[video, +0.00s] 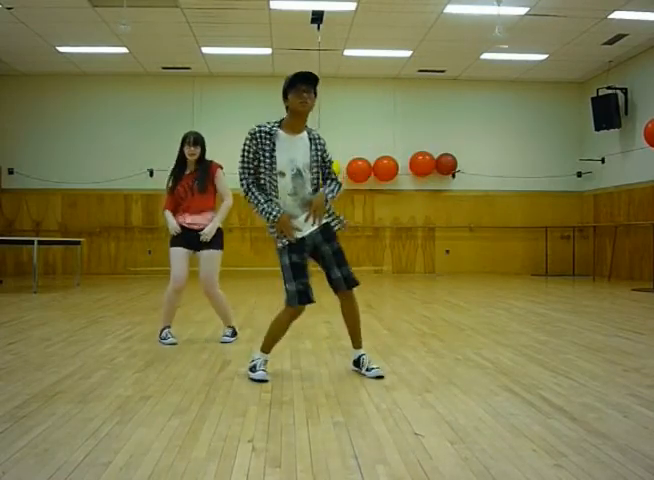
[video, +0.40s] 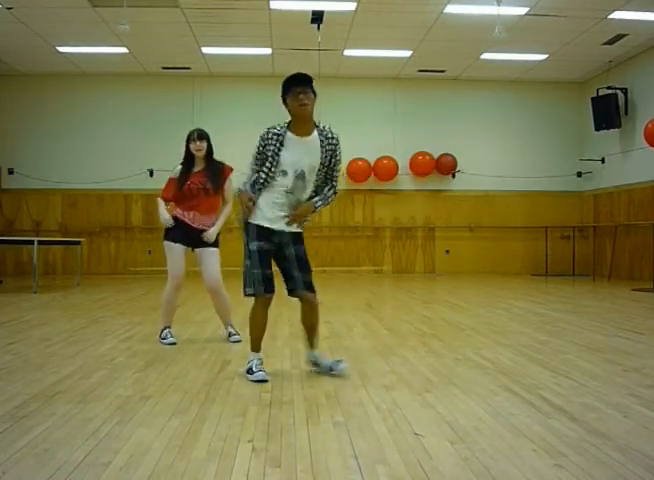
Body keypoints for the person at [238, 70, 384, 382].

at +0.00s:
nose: (307, 97)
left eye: (311, 93)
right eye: (301, 92)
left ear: (315, 100)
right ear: (286, 97)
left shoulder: (315, 141)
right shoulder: (260, 137)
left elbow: (332, 180)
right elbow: (248, 184)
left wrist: (323, 197)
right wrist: (276, 216)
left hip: (319, 226)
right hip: (287, 232)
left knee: (345, 288)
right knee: (297, 302)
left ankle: (359, 355)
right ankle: (260, 357)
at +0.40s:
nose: (302, 98)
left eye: (307, 93)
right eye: (296, 94)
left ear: (315, 98)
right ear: (285, 102)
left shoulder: (328, 140)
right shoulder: (272, 137)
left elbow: (330, 186)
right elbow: (256, 176)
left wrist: (311, 206)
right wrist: (247, 193)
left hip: (291, 229)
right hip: (259, 224)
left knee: (309, 296)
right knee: (263, 295)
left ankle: (313, 354)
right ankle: (255, 359)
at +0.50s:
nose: (301, 97)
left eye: (304, 92)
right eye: (294, 94)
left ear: (312, 97)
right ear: (283, 101)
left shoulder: (328, 134)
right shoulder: (275, 139)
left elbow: (337, 178)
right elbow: (267, 184)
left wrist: (327, 205)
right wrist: (243, 188)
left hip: (302, 225)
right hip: (269, 223)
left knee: (318, 293)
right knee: (268, 296)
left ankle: (289, 343)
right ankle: (255, 358)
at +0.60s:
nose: (300, 101)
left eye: (304, 95)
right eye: (293, 97)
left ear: (313, 99)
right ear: (284, 105)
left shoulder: (332, 135)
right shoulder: (279, 147)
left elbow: (356, 168)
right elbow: (270, 191)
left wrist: (361, 193)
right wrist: (229, 200)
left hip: (318, 228)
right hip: (284, 226)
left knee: (341, 292)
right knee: (273, 297)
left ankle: (312, 339)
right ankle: (255, 359)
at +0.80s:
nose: (333, 98)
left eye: (337, 93)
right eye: (326, 94)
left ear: (343, 97)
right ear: (315, 100)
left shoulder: (361, 122)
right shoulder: (310, 145)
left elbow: (405, 115)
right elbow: (317, 192)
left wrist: (449, 110)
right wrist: (352, 184)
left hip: (362, 224)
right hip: (326, 227)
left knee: (389, 291)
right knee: (298, 292)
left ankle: (425, 351)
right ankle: (263, 355)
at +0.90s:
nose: (355, 95)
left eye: (359, 90)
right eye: (348, 91)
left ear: (364, 92)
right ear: (336, 98)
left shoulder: (383, 117)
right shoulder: (334, 138)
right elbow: (359, 173)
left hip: (389, 215)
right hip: (355, 219)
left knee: (411, 287)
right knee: (327, 286)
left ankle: (431, 353)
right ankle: (307, 345)